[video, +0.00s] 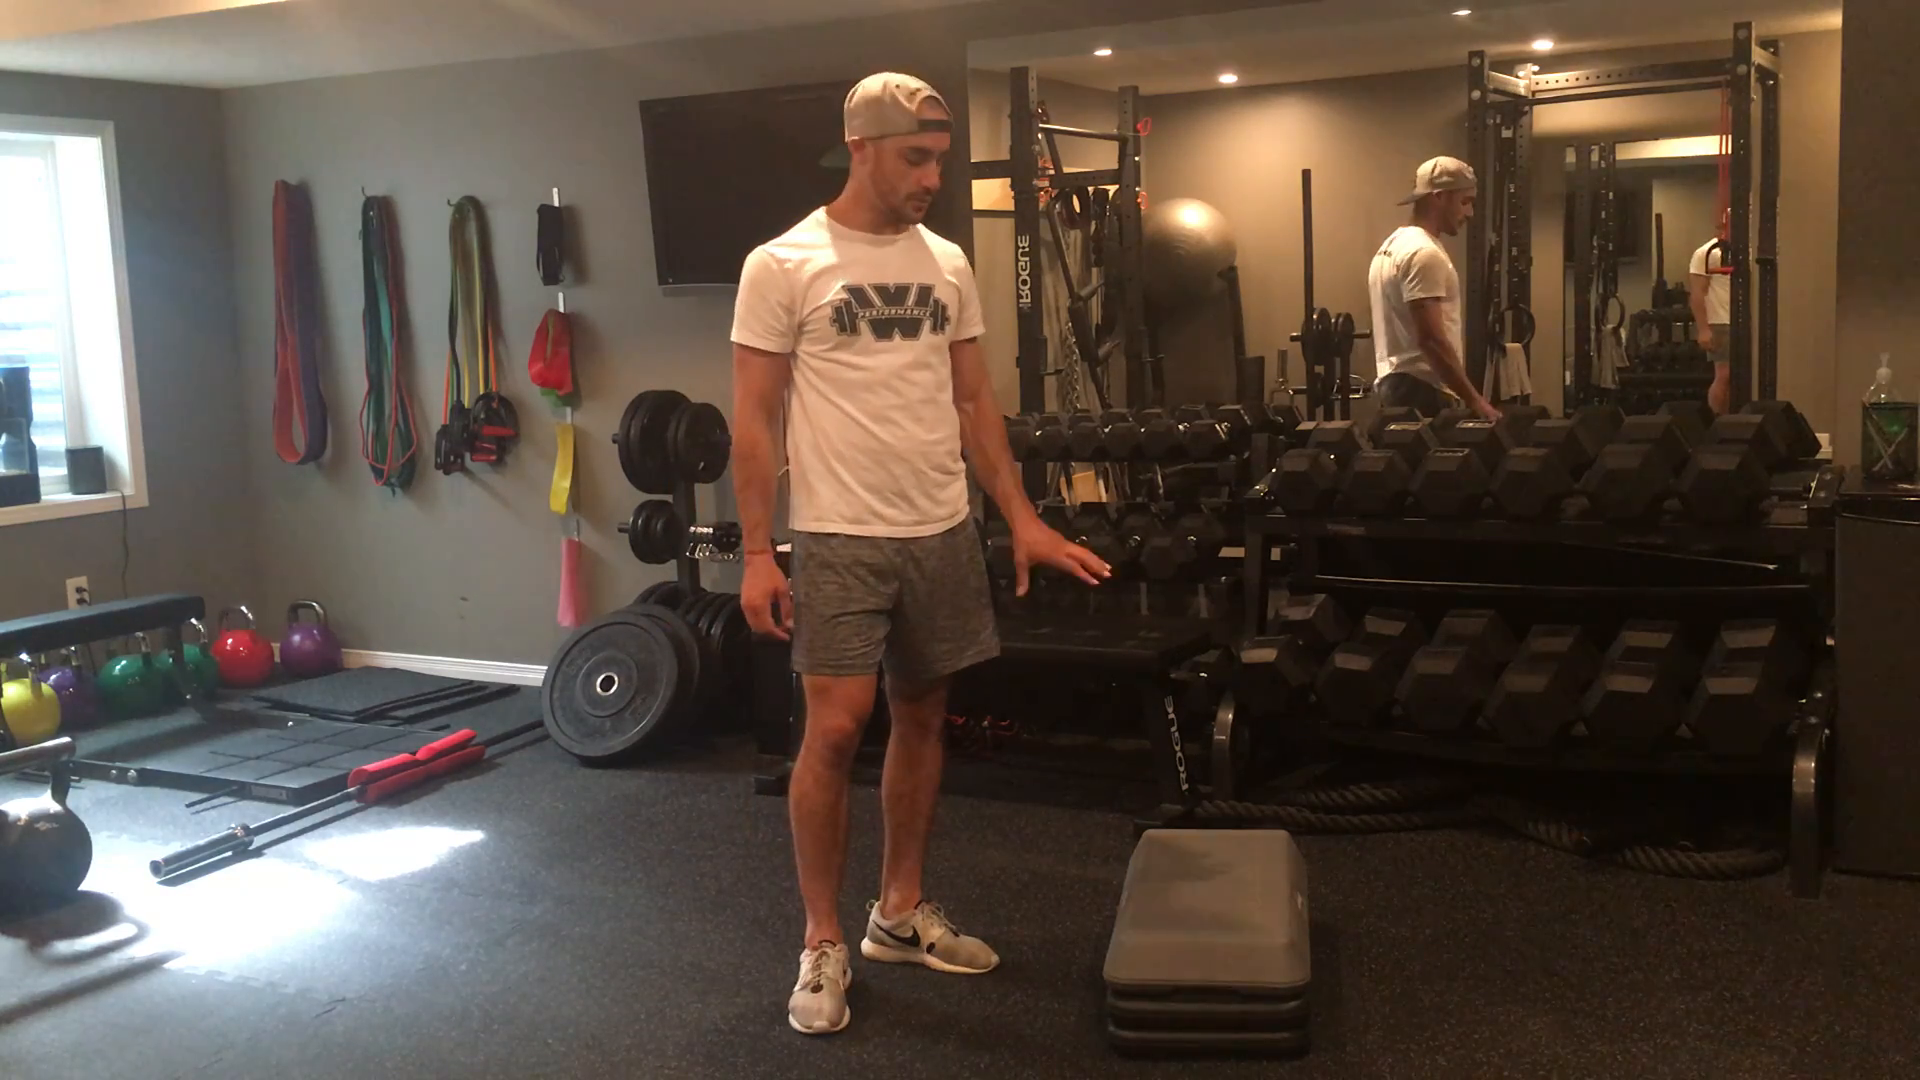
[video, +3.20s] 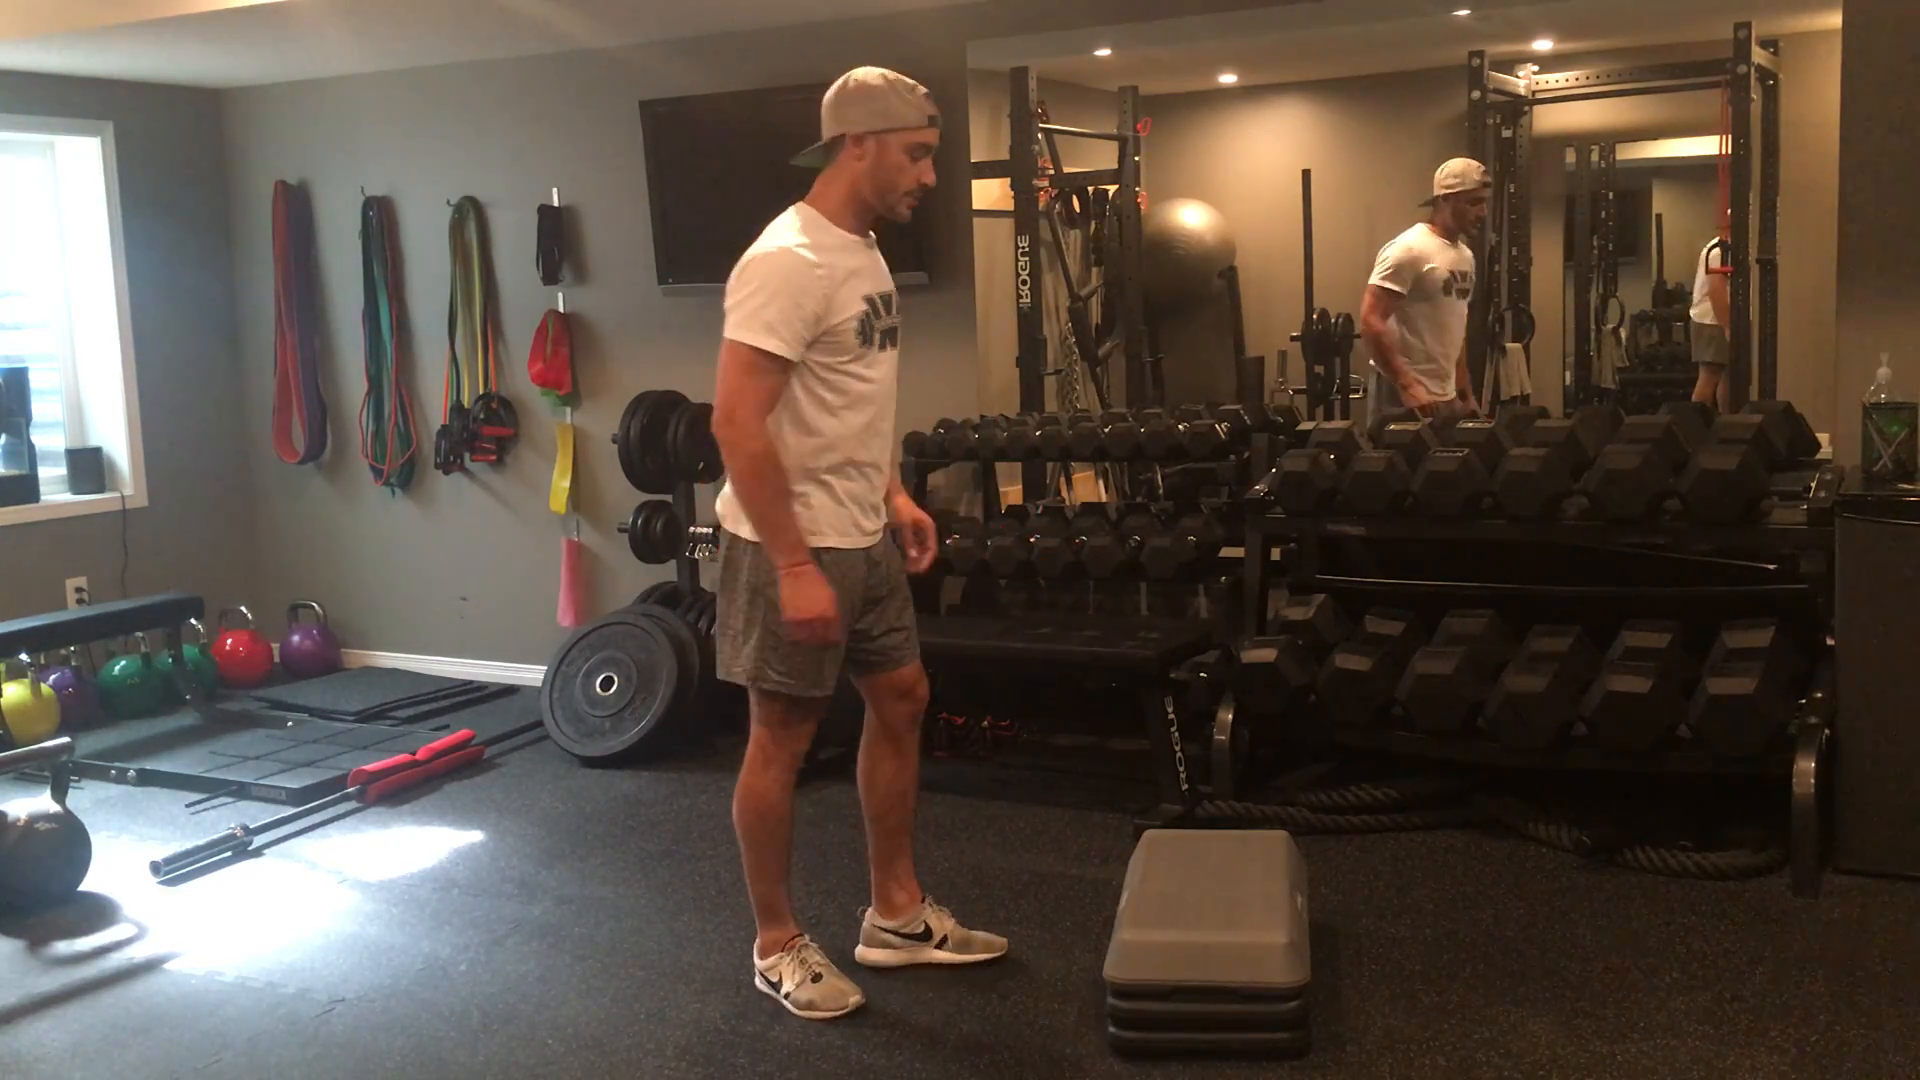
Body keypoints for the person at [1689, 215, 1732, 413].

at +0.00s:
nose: (1735, 229)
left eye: (1737, 224)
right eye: (1732, 224)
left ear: (1741, 226)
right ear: (1723, 224)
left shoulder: (1745, 253)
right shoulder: (1705, 254)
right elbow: (1697, 294)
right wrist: (1703, 328)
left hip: (1743, 324)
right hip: (1721, 324)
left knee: (1736, 377)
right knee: (1723, 376)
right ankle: (1716, 423)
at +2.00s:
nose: (1734, 226)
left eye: (1737, 220)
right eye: (1731, 220)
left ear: (1743, 223)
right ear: (1724, 223)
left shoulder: (1748, 253)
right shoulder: (1709, 254)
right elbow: (1700, 292)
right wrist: (1702, 327)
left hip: (1744, 323)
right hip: (1721, 323)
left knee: (1736, 378)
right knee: (1723, 377)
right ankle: (1716, 424)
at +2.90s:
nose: (1737, 228)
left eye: (1738, 223)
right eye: (1734, 223)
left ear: (1724, 223)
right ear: (1725, 223)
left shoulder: (1730, 252)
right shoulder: (1708, 251)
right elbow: (1701, 295)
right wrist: (1712, 330)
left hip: (1728, 324)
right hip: (1713, 325)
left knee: (1726, 382)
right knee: (1712, 381)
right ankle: (1698, 425)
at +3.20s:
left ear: (1726, 224)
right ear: (1735, 226)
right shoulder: (1718, 251)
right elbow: (1717, 292)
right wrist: (1728, 325)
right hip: (1710, 322)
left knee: (1727, 376)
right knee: (1709, 375)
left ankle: (1728, 423)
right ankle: (1697, 423)